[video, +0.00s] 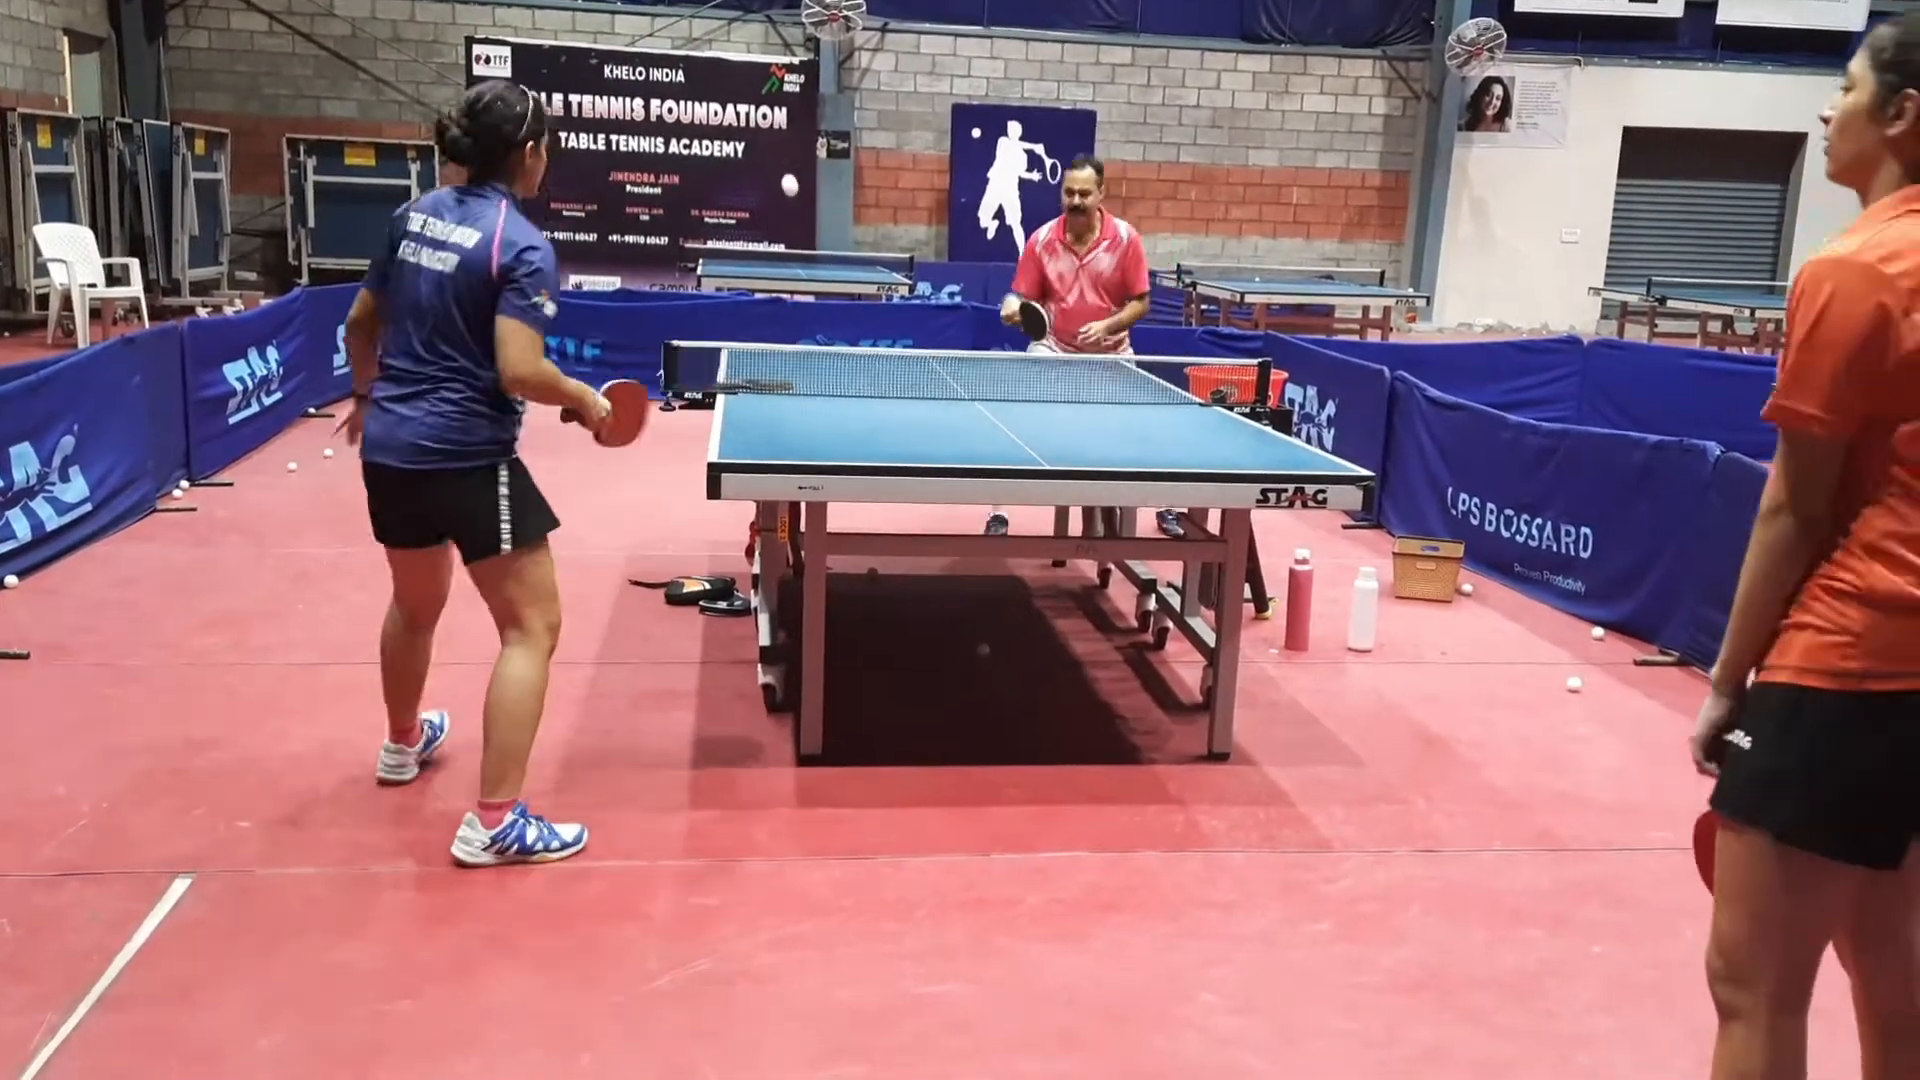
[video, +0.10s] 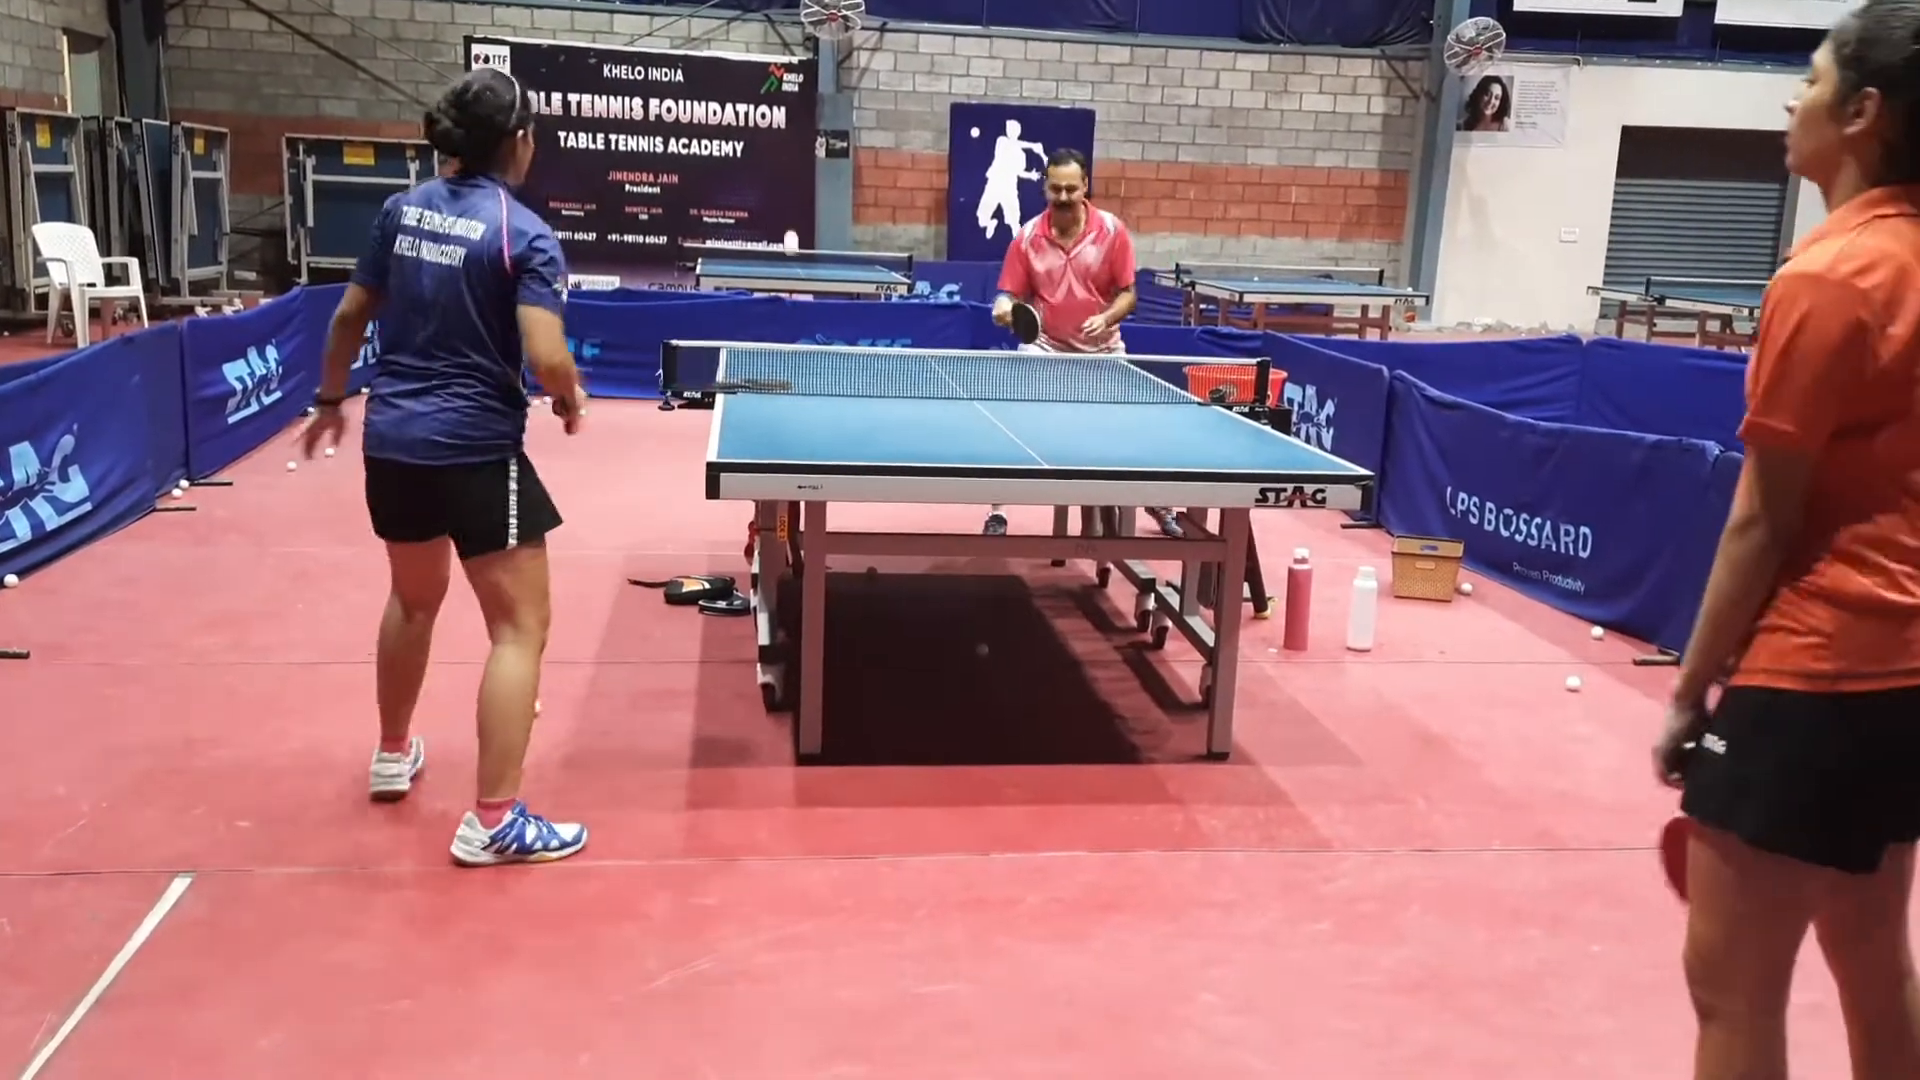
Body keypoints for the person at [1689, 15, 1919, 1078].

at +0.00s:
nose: (1829, 108)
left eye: (1848, 89)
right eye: (1840, 86)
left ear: (1900, 114)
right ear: (1906, 115)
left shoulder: (1861, 270)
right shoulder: (1899, 256)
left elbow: (1795, 509)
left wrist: (1726, 681)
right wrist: (1735, 677)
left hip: (1838, 673)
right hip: (1908, 676)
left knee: (1752, 995)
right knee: (1895, 981)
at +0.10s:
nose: (1792, 103)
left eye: (1811, 83)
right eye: (1804, 80)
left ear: (1865, 114)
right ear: (1876, 119)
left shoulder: (1834, 271)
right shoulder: (1901, 251)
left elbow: (1765, 517)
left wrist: (1689, 691)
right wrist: (1705, 686)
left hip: (1809, 681)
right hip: (1898, 679)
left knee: (1731, 987)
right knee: (1874, 965)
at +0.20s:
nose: (1757, 101)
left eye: (1776, 83)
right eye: (1768, 78)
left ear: (1829, 118)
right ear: (1851, 123)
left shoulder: (1800, 286)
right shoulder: (1902, 252)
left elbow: (1739, 533)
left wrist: (1655, 710)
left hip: (1784, 690)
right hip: (1891, 685)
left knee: (1708, 988)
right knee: (1860, 967)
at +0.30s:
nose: (1729, 100)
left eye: (1744, 82)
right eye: (1739, 77)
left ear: (1796, 116)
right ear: (1828, 121)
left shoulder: (1769, 292)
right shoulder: (1896, 253)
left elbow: (1716, 537)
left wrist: (1632, 725)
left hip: (1762, 694)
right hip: (1879, 684)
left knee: (1686, 983)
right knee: (1827, 943)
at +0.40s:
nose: (1702, 100)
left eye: (1718, 82)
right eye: (1713, 78)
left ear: (1767, 119)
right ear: (1813, 123)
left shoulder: (1740, 302)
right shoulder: (1890, 255)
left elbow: (1686, 553)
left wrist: (1604, 737)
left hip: (1752, 697)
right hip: (1874, 678)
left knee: (1684, 989)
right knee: (1782, 924)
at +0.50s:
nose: (1681, 110)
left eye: (1694, 91)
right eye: (1689, 88)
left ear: (1744, 116)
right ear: (1801, 122)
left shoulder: (1728, 301)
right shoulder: (1879, 249)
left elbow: (1657, 553)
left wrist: (1575, 742)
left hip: (1743, 692)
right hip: (1863, 672)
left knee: (1692, 1002)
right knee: (1734, 914)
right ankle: (1769, 1078)